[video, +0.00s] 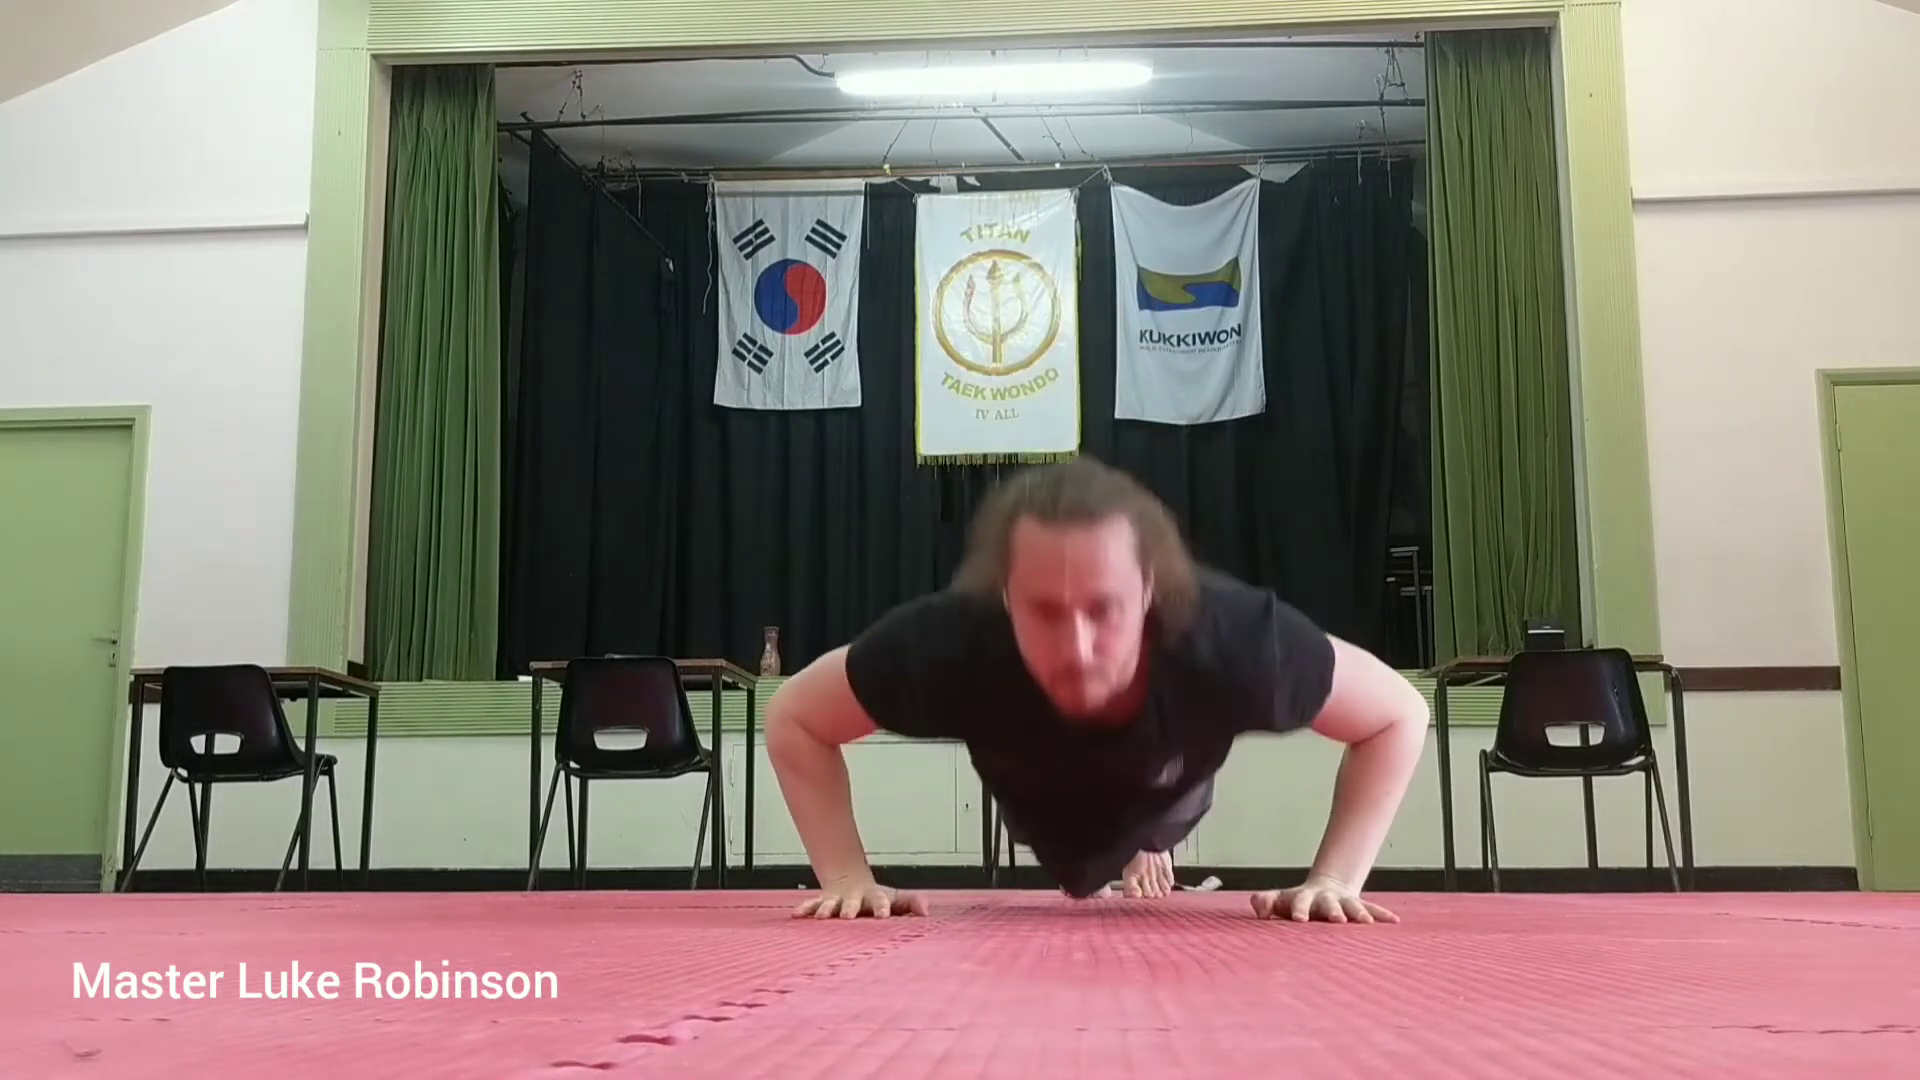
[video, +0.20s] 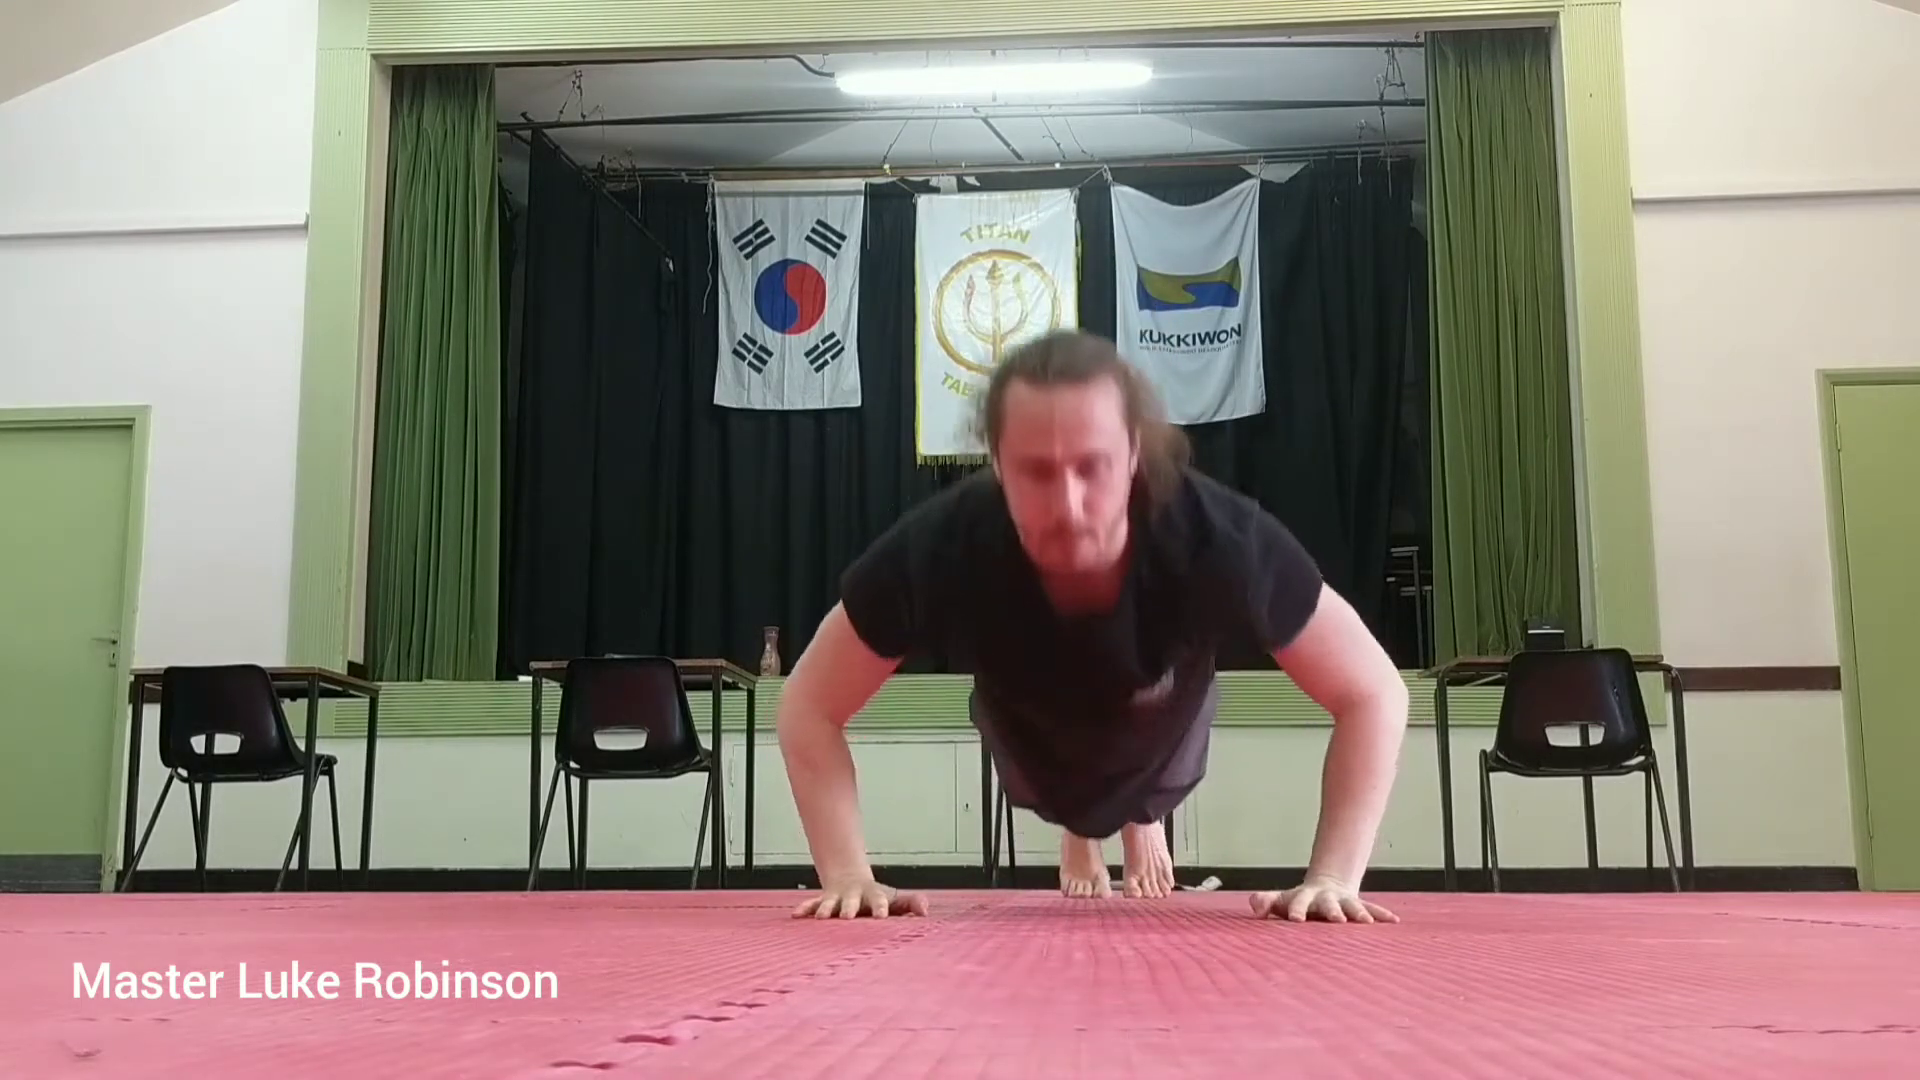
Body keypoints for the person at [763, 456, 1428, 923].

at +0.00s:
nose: (1079, 647)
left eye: (1103, 613)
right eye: (1048, 615)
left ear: (1151, 595)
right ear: (1007, 603)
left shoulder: (1236, 643)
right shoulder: (953, 645)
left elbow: (1399, 716)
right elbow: (796, 723)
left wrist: (1336, 879)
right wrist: (846, 877)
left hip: (1170, 795)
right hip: (1042, 805)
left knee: (1160, 831)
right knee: (1082, 865)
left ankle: (1152, 861)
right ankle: (1110, 875)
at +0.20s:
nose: (1069, 506)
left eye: (1091, 469)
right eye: (1039, 473)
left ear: (1134, 456)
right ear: (997, 466)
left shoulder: (1220, 542)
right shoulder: (943, 549)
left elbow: (1373, 695)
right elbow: (808, 709)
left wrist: (1335, 876)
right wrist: (845, 874)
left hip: (1161, 734)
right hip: (1039, 739)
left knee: (1150, 790)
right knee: (1070, 797)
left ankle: (1142, 829)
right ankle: (1080, 842)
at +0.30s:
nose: (1066, 439)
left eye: (1089, 403)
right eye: (1036, 407)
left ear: (1130, 391)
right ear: (996, 403)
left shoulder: (1213, 492)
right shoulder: (940, 502)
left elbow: (1348, 683)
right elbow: (836, 700)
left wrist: (1332, 875)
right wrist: (847, 878)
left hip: (1158, 687)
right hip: (1031, 692)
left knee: (1149, 762)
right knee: (1057, 767)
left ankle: (1141, 814)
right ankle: (1078, 822)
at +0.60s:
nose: (1075, 421)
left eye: (1097, 386)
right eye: (1043, 392)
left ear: (1140, 357)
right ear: (1005, 372)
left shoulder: (1223, 452)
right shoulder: (947, 463)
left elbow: (1296, 668)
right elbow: (881, 670)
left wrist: (1327, 873)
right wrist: (850, 873)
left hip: (1160, 627)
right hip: (1030, 636)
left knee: (1150, 736)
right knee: (1050, 740)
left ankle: (1142, 824)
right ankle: (1064, 824)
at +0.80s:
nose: (1089, 452)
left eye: (1113, 417)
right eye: (1058, 423)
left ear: (1155, 386)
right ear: (1020, 402)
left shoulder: (1238, 453)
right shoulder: (968, 474)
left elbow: (1302, 670)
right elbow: (890, 675)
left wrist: (1329, 875)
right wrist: (850, 873)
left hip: (1182, 615)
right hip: (1046, 627)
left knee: (1167, 737)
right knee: (1050, 743)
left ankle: (1146, 816)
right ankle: (1057, 829)